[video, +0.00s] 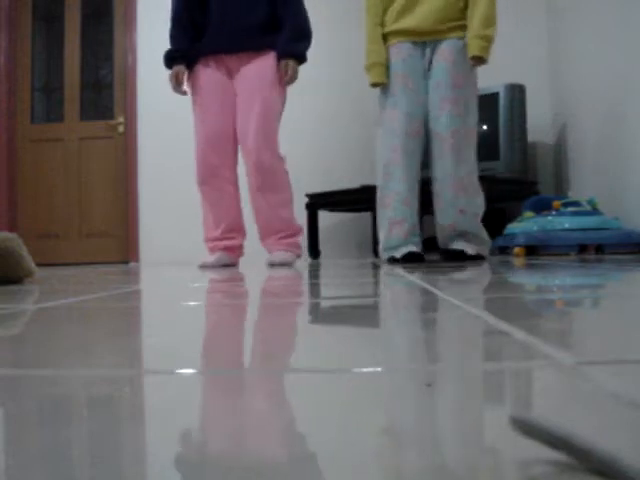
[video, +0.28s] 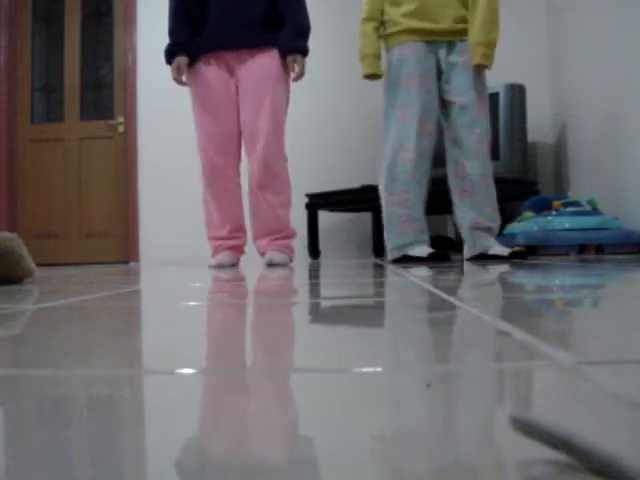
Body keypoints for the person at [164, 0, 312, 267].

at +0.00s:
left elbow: (291, 4)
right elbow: (183, 6)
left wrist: (292, 49)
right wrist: (179, 56)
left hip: (261, 53)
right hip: (207, 57)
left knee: (260, 152)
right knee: (211, 158)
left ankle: (283, 244)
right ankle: (224, 247)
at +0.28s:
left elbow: (292, 0)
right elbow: (180, 3)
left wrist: (294, 43)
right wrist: (180, 47)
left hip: (264, 48)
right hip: (206, 52)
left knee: (266, 154)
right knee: (215, 158)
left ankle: (276, 244)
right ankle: (225, 246)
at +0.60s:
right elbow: (176, 3)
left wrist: (304, 38)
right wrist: (168, 46)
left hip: (271, 56)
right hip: (216, 58)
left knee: (285, 157)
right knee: (224, 156)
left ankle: (284, 246)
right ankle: (228, 246)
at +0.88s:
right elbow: (171, 6)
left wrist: (298, 23)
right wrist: (153, 58)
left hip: (272, 60)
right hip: (220, 60)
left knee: (297, 150)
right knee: (237, 156)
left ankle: (290, 246)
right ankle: (234, 248)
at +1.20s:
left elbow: (301, 5)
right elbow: (163, 15)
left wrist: (305, 49)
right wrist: (170, 14)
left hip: (262, 55)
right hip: (209, 57)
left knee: (256, 151)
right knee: (208, 156)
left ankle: (272, 247)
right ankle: (221, 249)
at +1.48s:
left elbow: (293, 7)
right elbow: (187, 8)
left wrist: (291, 54)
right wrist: (205, 42)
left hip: (263, 54)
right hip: (214, 61)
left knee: (248, 154)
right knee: (204, 159)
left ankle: (270, 247)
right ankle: (220, 249)